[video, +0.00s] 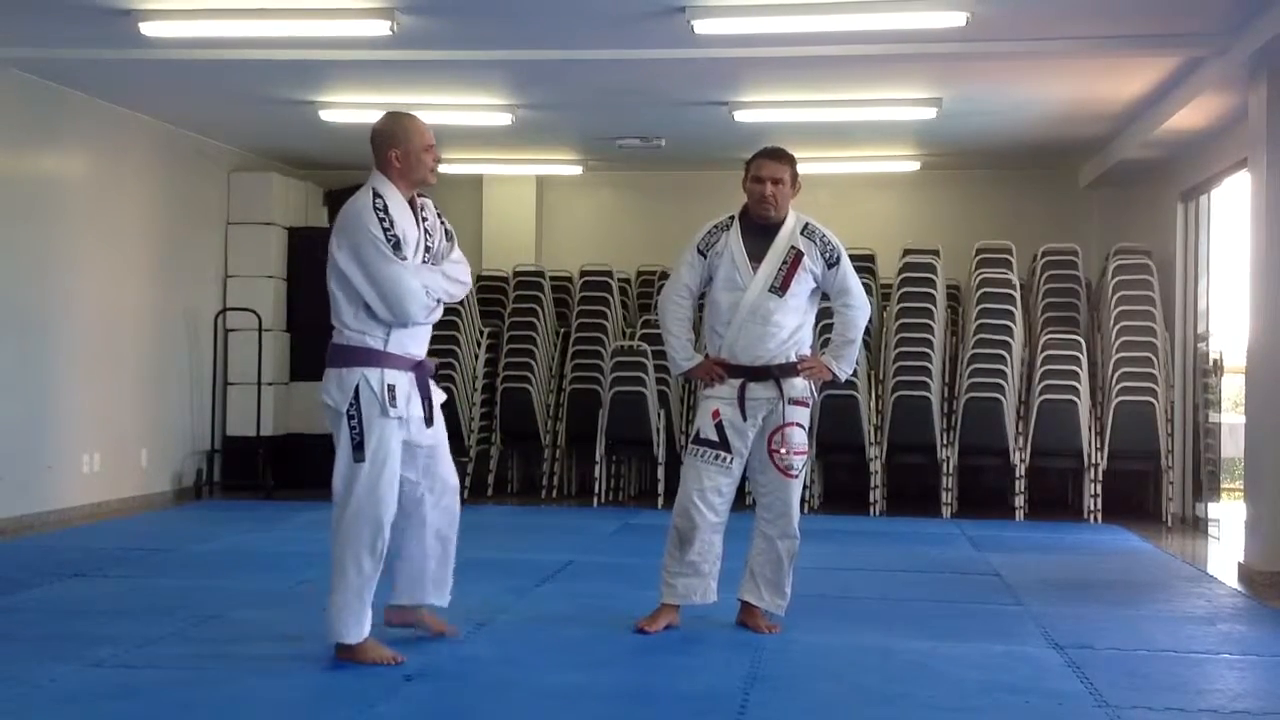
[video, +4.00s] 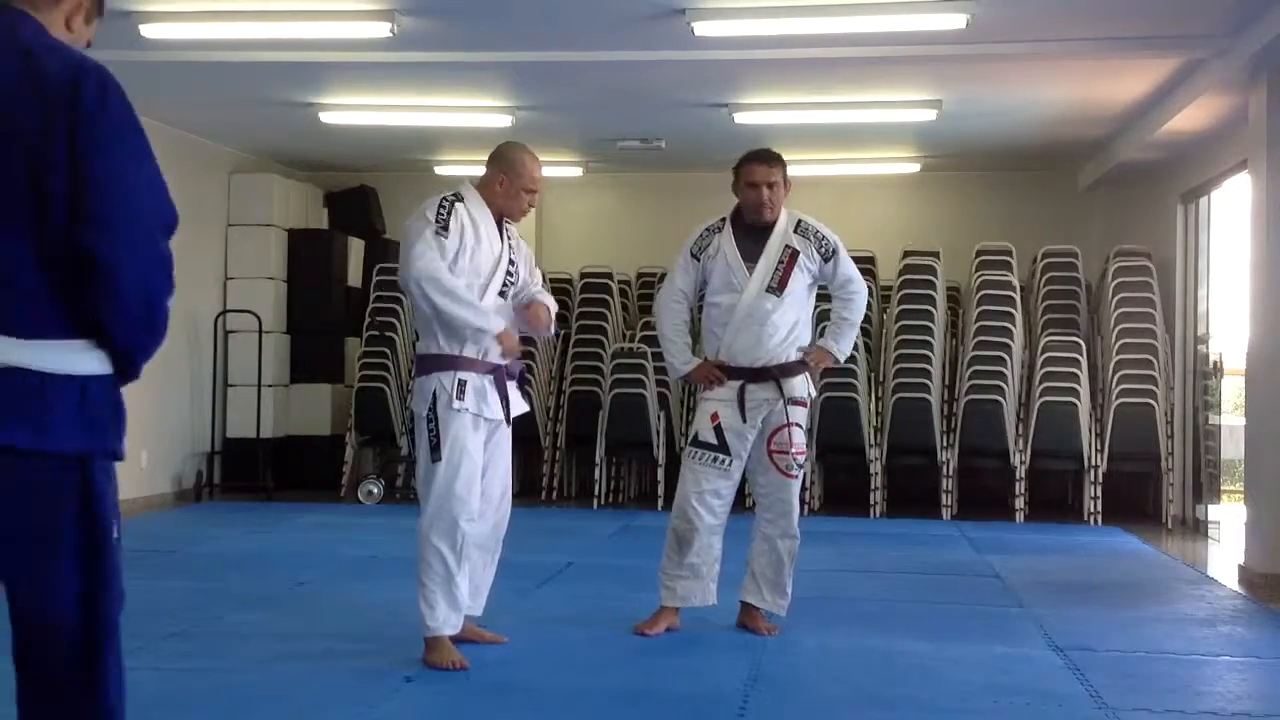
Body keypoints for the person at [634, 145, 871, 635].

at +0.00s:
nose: (767, 191)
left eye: (778, 183)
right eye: (758, 181)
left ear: (794, 189)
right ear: (744, 185)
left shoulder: (818, 244)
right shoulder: (713, 238)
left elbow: (854, 305)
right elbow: (674, 299)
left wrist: (836, 362)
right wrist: (688, 357)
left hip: (788, 391)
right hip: (722, 386)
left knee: (780, 507)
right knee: (696, 500)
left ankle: (756, 605)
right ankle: (672, 603)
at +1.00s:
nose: (750, 208)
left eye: (762, 201)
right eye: (744, 197)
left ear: (783, 200)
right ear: (735, 190)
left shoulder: (801, 236)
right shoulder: (708, 236)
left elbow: (850, 230)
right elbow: (668, 299)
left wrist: (805, 184)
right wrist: (686, 362)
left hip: (783, 387)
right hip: (720, 385)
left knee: (779, 505)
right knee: (693, 500)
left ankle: (755, 604)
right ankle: (671, 604)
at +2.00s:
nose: (750, 195)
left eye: (761, 188)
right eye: (746, 186)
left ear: (787, 193)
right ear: (741, 185)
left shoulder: (809, 236)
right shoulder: (715, 235)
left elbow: (851, 237)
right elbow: (675, 295)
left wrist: (813, 186)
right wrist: (686, 356)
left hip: (786, 386)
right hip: (722, 383)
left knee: (779, 505)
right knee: (695, 500)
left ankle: (755, 606)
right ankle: (672, 604)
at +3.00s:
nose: (741, 201)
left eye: (752, 195)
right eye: (739, 191)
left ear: (781, 197)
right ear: (735, 187)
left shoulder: (808, 236)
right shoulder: (715, 236)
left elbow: (862, 259)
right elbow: (675, 299)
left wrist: (815, 212)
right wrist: (687, 358)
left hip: (786, 388)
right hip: (722, 385)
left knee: (780, 506)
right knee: (696, 502)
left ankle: (755, 606)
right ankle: (672, 604)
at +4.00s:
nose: (764, 195)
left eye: (772, 185)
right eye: (753, 186)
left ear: (787, 188)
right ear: (735, 189)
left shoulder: (813, 239)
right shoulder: (706, 241)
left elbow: (853, 291)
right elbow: (670, 305)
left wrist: (832, 346)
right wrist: (687, 362)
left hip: (787, 390)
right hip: (721, 388)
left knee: (779, 506)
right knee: (694, 501)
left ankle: (755, 606)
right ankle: (671, 606)